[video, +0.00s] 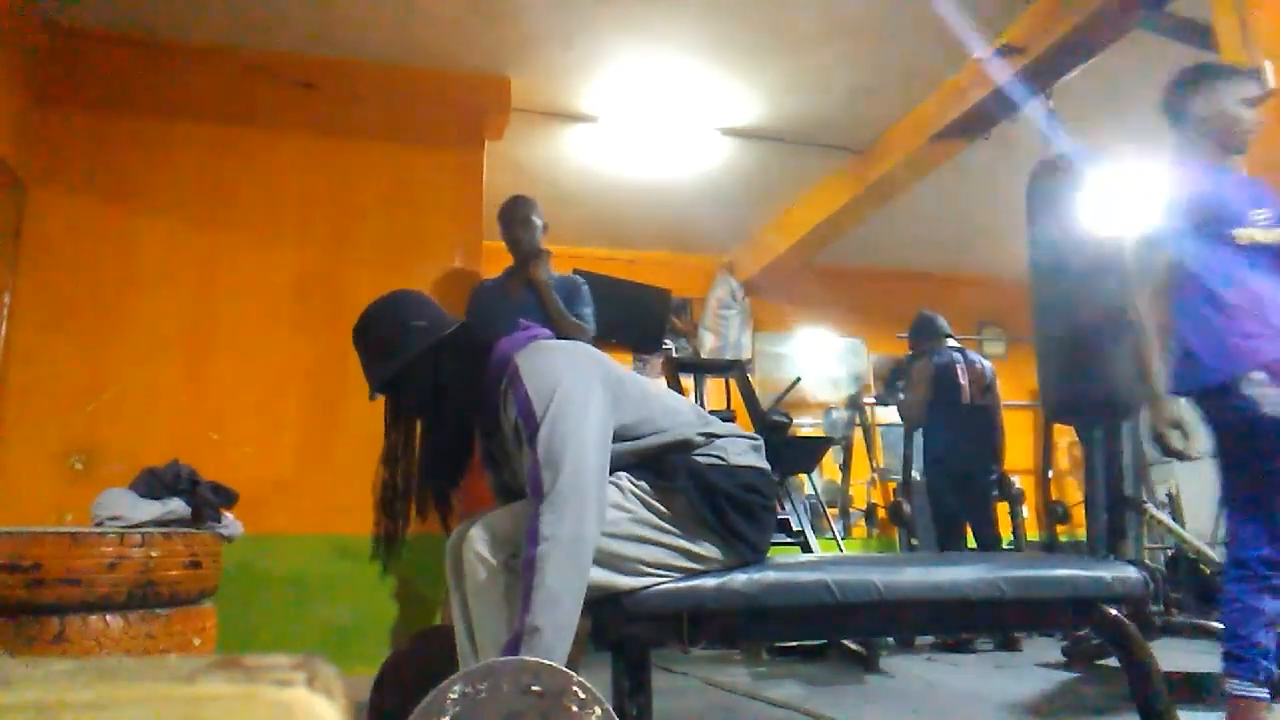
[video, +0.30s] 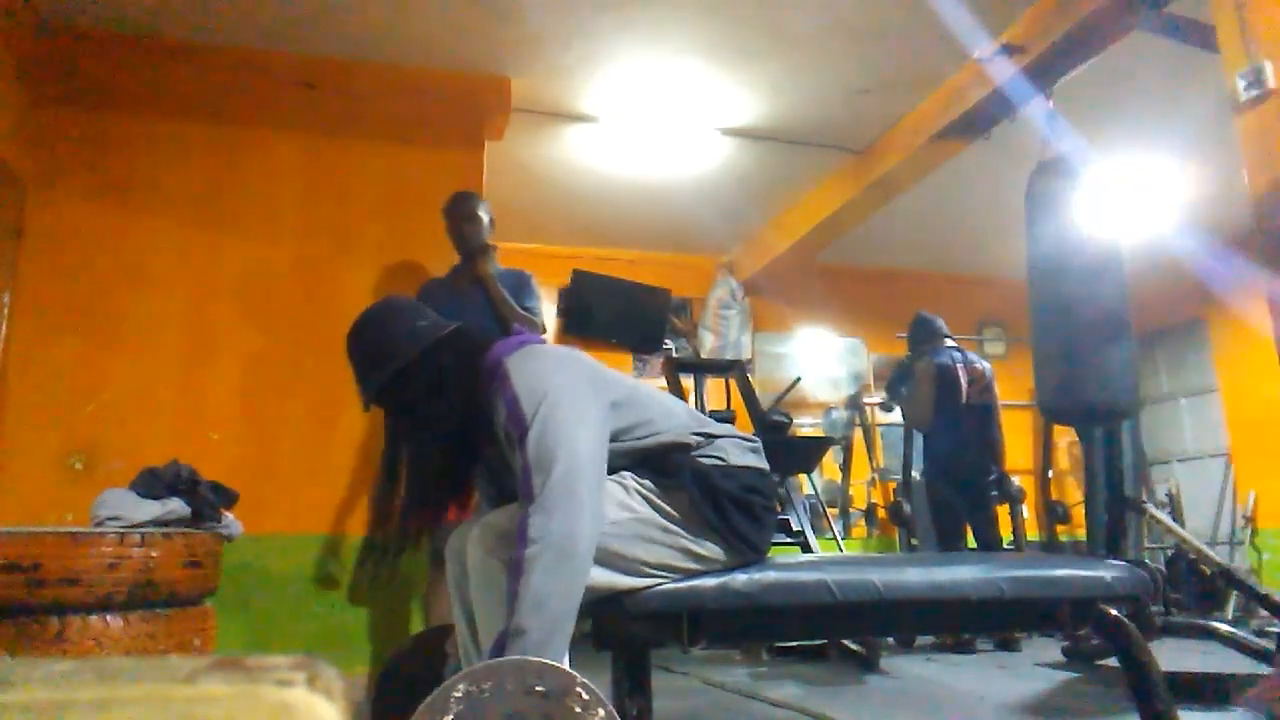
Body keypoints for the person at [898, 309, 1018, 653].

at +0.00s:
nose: (915, 350)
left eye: (915, 345)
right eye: (914, 345)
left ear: (922, 340)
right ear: (947, 335)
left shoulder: (925, 366)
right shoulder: (982, 365)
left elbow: (913, 417)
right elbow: (996, 420)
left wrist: (900, 396)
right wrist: (999, 464)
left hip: (943, 468)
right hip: (980, 467)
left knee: (949, 545)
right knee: (990, 542)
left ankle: (957, 627)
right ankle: (1004, 624)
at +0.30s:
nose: (913, 350)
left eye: (913, 344)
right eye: (912, 345)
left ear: (920, 341)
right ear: (945, 336)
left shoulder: (927, 367)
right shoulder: (981, 366)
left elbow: (922, 420)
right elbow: (994, 423)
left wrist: (900, 393)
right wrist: (1000, 467)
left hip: (943, 471)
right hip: (979, 469)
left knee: (950, 550)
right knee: (991, 547)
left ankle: (956, 631)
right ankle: (1007, 629)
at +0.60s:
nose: (917, 350)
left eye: (916, 344)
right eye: (917, 345)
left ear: (921, 340)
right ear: (949, 336)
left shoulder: (927, 367)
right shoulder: (983, 365)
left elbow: (928, 416)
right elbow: (997, 423)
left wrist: (909, 450)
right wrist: (1002, 468)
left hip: (945, 465)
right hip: (980, 464)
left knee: (950, 547)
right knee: (992, 545)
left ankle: (959, 630)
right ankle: (1004, 627)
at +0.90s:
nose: (910, 351)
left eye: (910, 345)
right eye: (909, 346)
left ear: (917, 341)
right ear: (944, 336)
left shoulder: (923, 369)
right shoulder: (978, 365)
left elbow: (929, 422)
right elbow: (995, 420)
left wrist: (920, 471)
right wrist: (1003, 467)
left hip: (943, 471)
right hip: (979, 469)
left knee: (950, 549)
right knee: (993, 545)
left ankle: (959, 630)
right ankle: (1005, 627)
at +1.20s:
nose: (918, 351)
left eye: (917, 345)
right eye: (918, 346)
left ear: (924, 340)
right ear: (952, 333)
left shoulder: (931, 365)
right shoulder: (986, 365)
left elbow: (929, 420)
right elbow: (999, 423)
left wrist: (910, 449)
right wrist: (1001, 466)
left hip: (946, 467)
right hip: (981, 466)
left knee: (951, 547)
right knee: (994, 545)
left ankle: (958, 629)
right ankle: (1007, 628)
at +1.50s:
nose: (921, 359)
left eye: (920, 353)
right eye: (920, 354)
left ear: (925, 345)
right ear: (948, 337)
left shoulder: (936, 365)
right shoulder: (986, 363)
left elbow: (916, 418)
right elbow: (1002, 421)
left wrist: (904, 401)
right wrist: (1004, 467)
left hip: (947, 472)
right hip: (984, 471)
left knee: (952, 550)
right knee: (995, 547)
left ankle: (960, 631)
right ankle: (1008, 628)